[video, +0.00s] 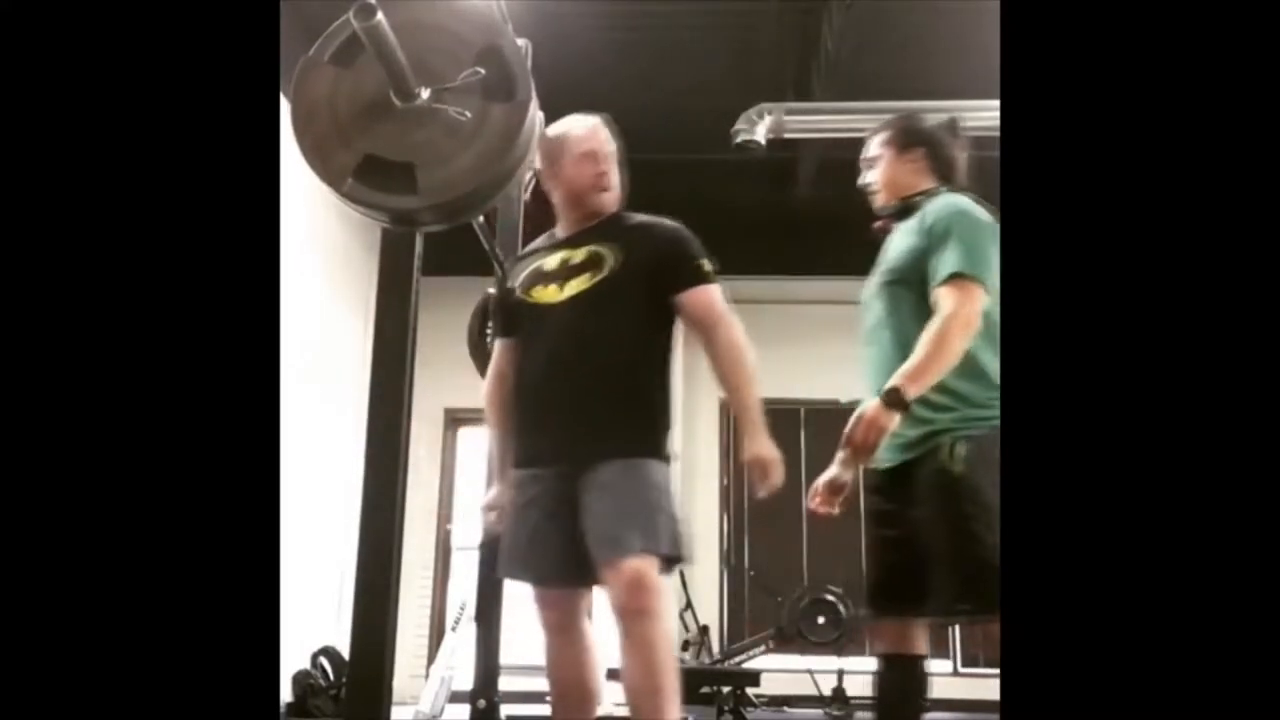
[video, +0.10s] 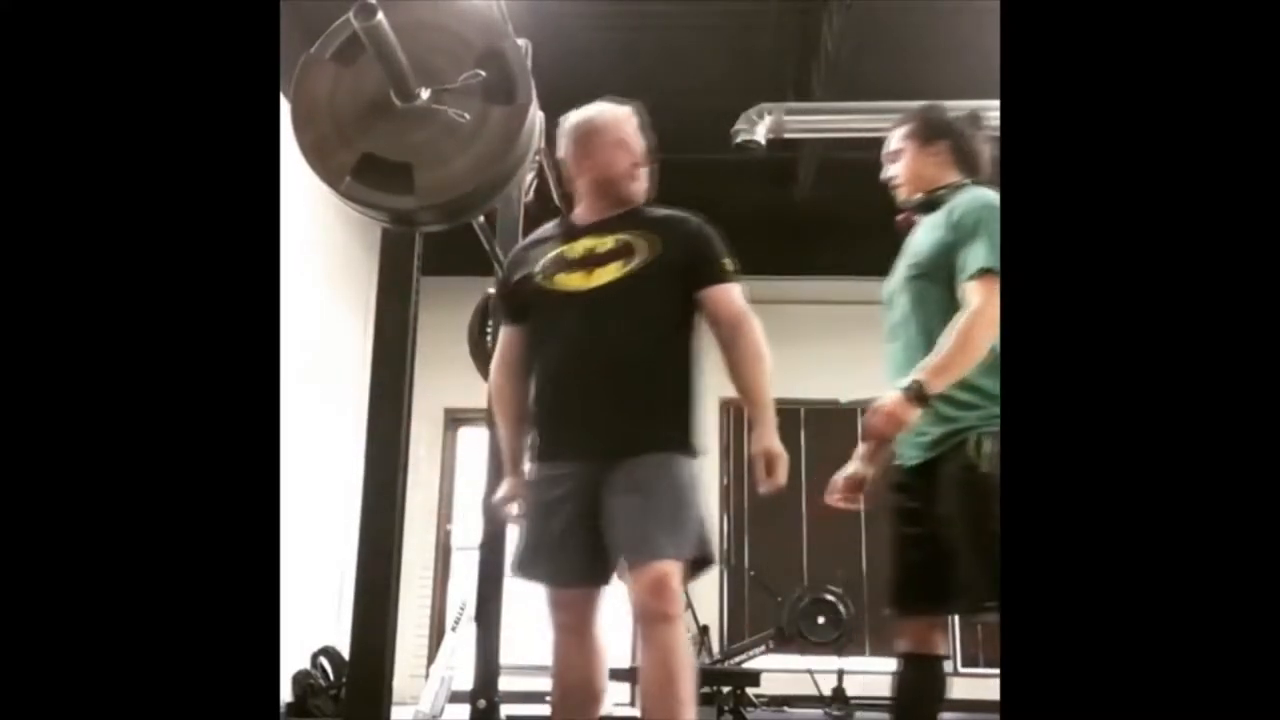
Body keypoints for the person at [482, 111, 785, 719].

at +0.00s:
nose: (604, 170)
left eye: (609, 158)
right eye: (587, 160)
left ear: (621, 166)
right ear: (548, 175)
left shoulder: (659, 241)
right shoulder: (523, 270)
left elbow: (718, 327)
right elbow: (501, 375)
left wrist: (755, 430)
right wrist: (503, 474)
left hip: (625, 452)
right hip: (539, 461)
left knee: (636, 589)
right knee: (558, 611)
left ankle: (660, 715)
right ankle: (574, 717)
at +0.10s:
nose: (643, 162)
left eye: (643, 151)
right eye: (629, 151)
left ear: (645, 156)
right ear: (581, 163)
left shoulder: (681, 234)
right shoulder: (530, 256)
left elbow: (735, 323)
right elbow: (507, 367)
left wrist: (764, 423)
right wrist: (513, 468)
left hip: (655, 451)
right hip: (563, 458)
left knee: (660, 596)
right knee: (570, 616)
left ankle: (671, 717)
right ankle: (574, 718)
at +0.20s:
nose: (679, 139)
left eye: (677, 127)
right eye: (664, 126)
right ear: (614, 140)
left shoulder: (709, 225)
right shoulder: (550, 237)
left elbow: (755, 319)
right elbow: (519, 346)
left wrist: (767, 410)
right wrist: (524, 454)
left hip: (686, 441)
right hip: (586, 445)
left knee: (679, 603)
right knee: (573, 610)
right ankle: (570, 719)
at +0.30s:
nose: (713, 123)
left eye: (710, 110)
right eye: (699, 110)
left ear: (701, 122)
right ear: (650, 123)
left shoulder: (739, 215)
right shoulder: (579, 215)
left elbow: (787, 313)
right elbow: (536, 326)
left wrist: (784, 397)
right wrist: (534, 438)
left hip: (709, 437)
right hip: (603, 436)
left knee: (698, 600)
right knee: (566, 597)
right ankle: (569, 717)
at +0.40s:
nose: (745, 114)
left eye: (743, 100)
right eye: (733, 99)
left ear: (711, 107)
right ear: (685, 105)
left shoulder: (765, 208)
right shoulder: (606, 197)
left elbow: (813, 306)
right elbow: (559, 309)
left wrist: (813, 394)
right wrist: (564, 418)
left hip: (729, 429)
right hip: (620, 421)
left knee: (707, 601)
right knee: (578, 584)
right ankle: (572, 710)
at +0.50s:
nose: (773, 101)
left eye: (771, 86)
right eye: (760, 84)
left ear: (731, 94)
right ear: (715, 91)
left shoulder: (781, 203)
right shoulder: (632, 177)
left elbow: (828, 300)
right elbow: (580, 289)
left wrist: (851, 394)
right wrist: (602, 386)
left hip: (744, 421)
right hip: (650, 404)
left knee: (711, 603)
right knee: (621, 556)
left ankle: (689, 719)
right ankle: (601, 695)